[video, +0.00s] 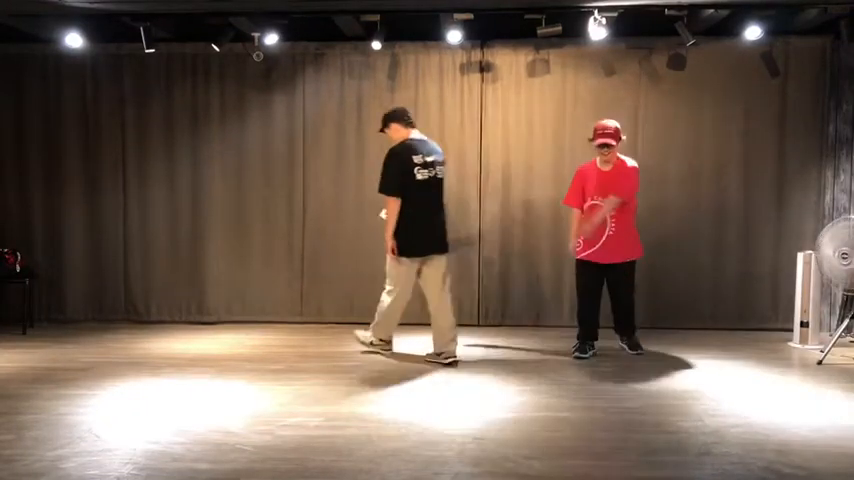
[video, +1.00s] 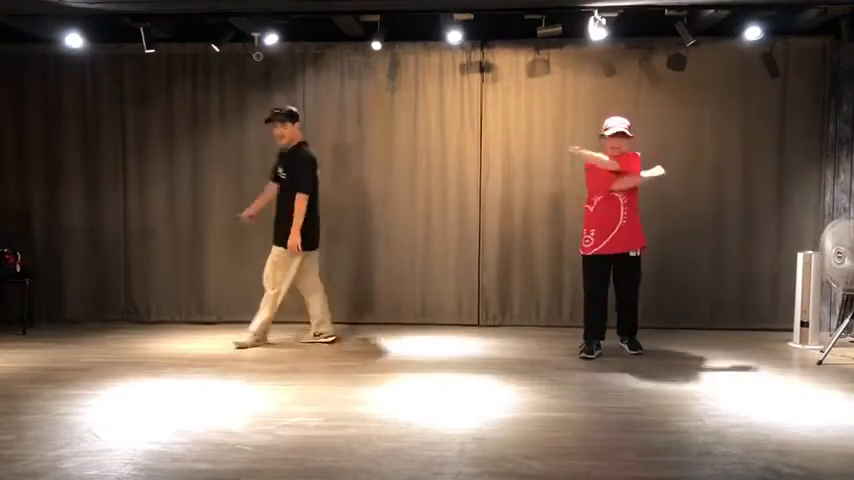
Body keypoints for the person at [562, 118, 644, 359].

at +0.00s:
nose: (604, 150)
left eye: (609, 145)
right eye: (600, 145)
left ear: (618, 144)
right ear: (594, 145)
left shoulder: (629, 169)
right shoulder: (584, 172)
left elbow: (617, 200)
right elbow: (577, 209)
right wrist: (574, 238)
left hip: (621, 248)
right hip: (590, 248)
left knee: (624, 297)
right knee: (587, 299)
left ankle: (627, 335)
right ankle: (585, 341)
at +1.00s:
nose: (616, 142)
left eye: (621, 137)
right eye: (611, 137)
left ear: (629, 141)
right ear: (603, 140)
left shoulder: (635, 161)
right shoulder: (593, 166)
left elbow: (611, 164)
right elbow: (616, 184)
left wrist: (584, 153)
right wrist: (646, 175)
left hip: (627, 240)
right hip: (597, 241)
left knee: (628, 293)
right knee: (595, 294)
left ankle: (628, 336)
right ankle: (592, 340)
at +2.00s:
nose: (606, 142)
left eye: (611, 138)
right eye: (601, 138)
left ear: (619, 140)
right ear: (594, 140)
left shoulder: (632, 167)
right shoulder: (582, 168)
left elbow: (637, 201)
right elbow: (579, 206)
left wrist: (617, 204)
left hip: (620, 248)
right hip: (587, 247)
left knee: (614, 300)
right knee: (587, 296)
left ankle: (610, 349)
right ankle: (591, 341)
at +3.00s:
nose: (597, 139)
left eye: (598, 135)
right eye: (593, 136)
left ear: (593, 139)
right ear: (577, 138)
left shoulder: (604, 163)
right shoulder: (560, 170)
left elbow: (620, 193)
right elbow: (563, 204)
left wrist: (629, 217)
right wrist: (589, 217)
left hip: (602, 248)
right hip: (570, 250)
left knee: (605, 302)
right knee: (568, 302)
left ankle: (609, 351)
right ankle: (565, 349)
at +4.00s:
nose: (602, 141)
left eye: (608, 136)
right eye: (598, 136)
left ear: (616, 140)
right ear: (591, 139)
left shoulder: (623, 169)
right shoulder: (581, 164)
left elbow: (629, 203)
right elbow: (574, 197)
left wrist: (632, 225)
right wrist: (609, 217)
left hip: (606, 242)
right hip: (577, 239)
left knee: (603, 296)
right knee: (565, 291)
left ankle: (603, 339)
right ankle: (552, 338)